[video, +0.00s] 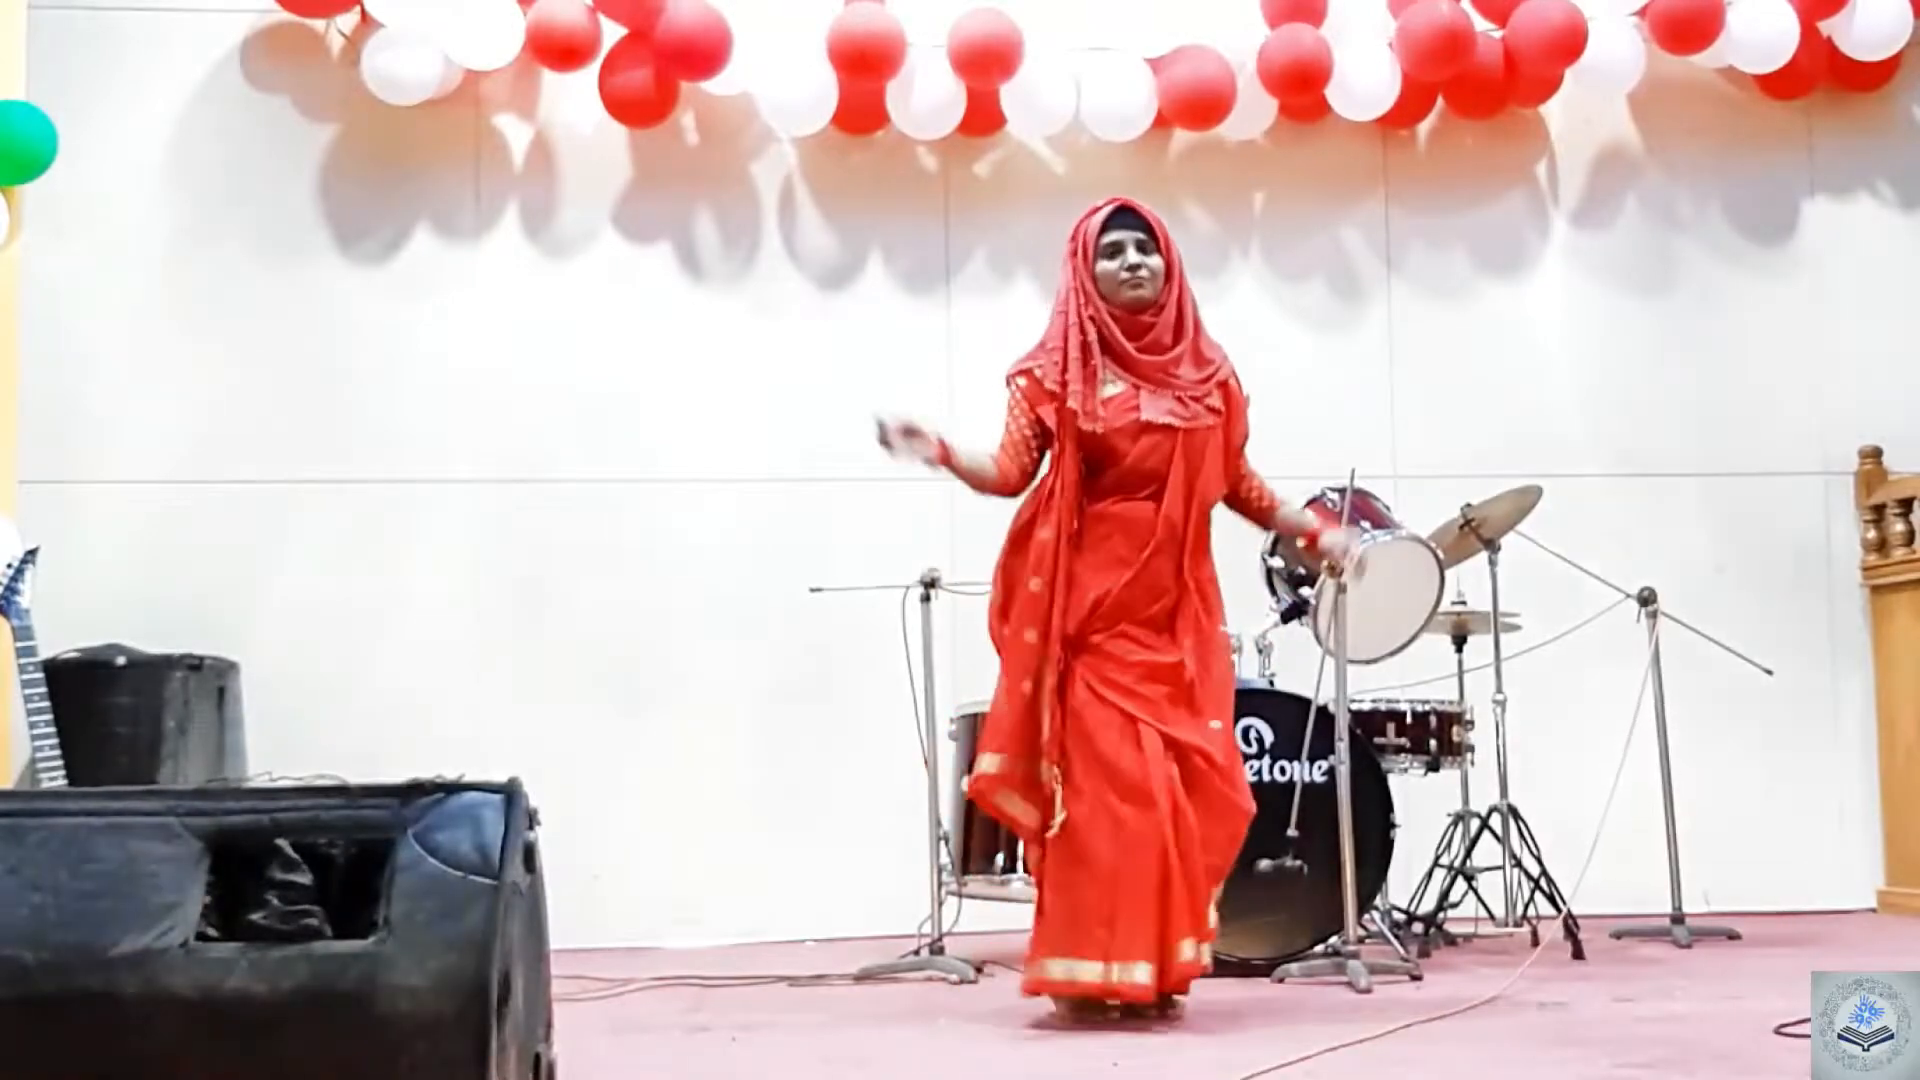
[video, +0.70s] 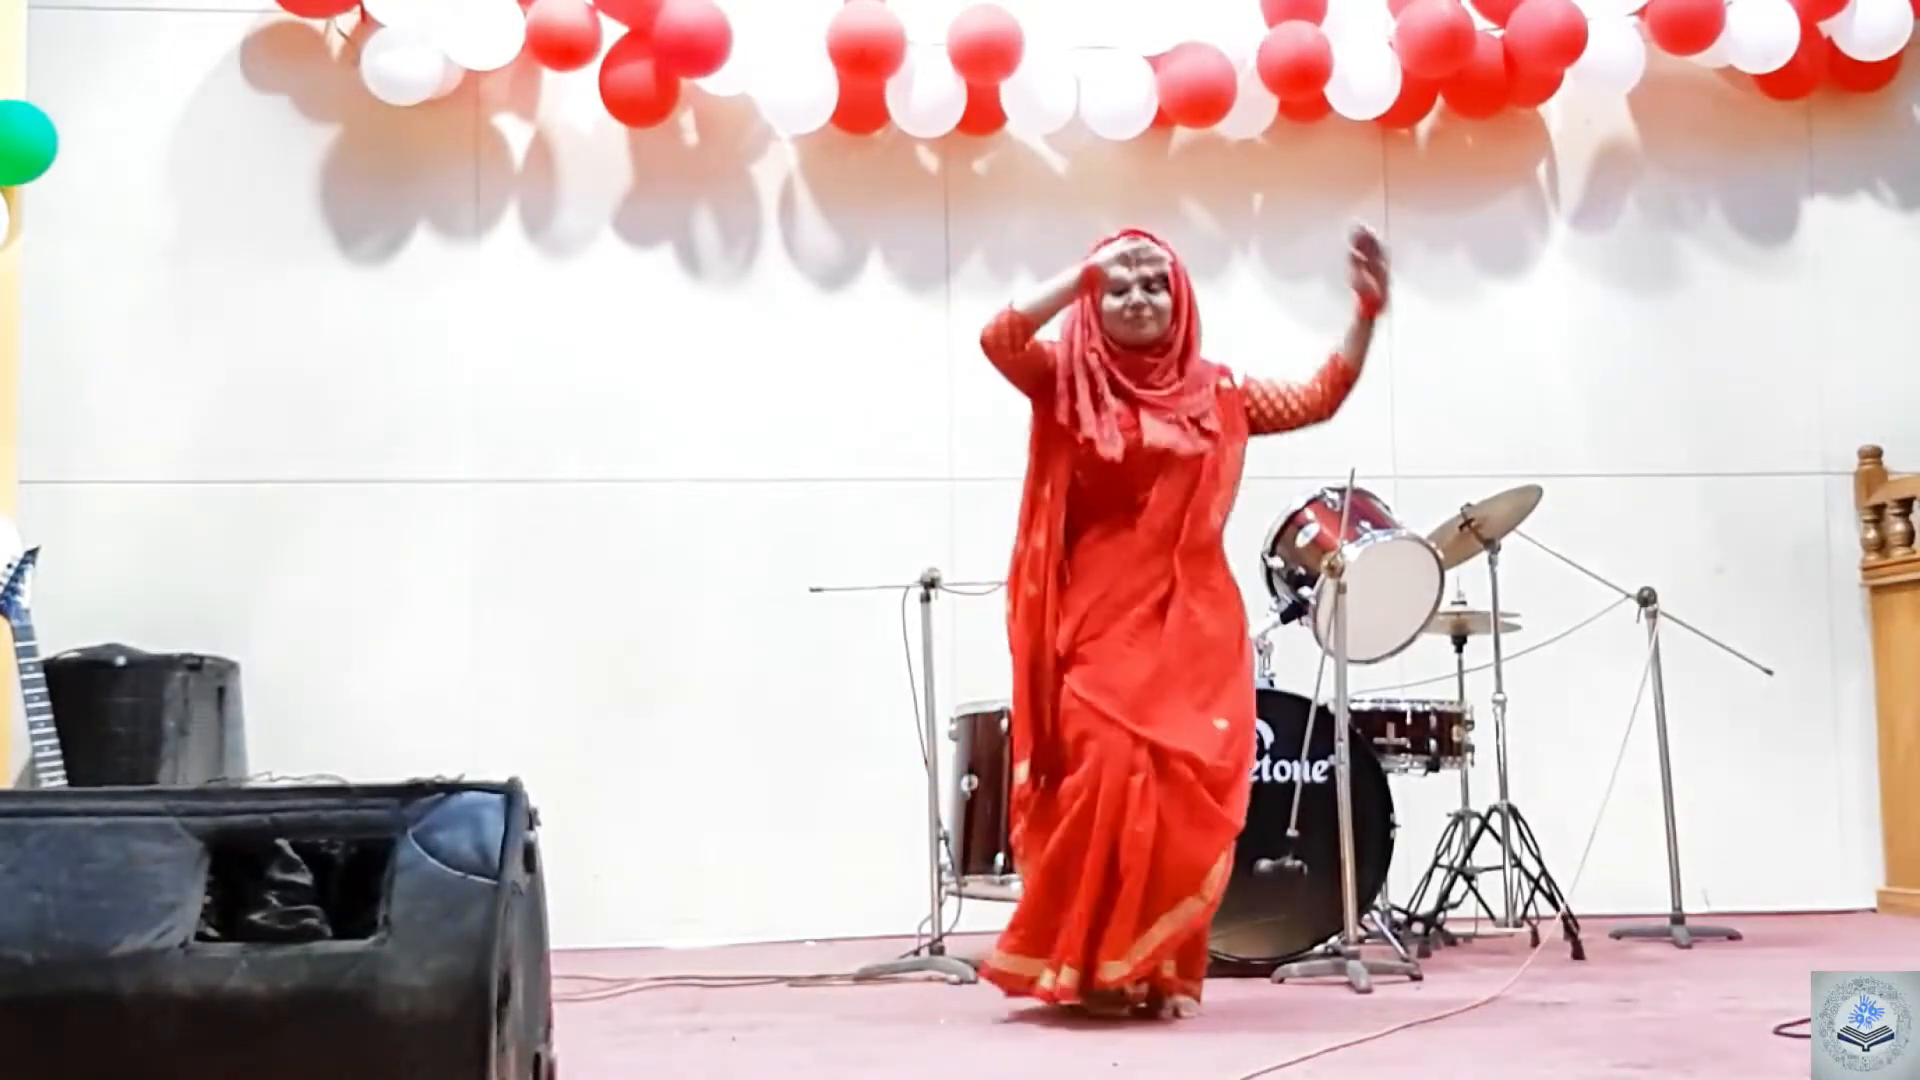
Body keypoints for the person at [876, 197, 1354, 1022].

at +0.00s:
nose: (1132, 262)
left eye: (1143, 249)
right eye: (1113, 254)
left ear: (1167, 265)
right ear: (1086, 275)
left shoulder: (1207, 376)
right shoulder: (1055, 373)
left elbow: (1237, 481)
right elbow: (1009, 473)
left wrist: (1307, 530)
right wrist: (942, 450)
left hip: (1178, 619)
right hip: (1089, 618)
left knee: (1211, 789)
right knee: (1123, 786)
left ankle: (1158, 964)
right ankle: (1106, 978)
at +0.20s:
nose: (1133, 295)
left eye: (1145, 280)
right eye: (1115, 284)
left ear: (1170, 292)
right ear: (1087, 301)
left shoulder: (1209, 395)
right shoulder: (1064, 387)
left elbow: (1235, 504)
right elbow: (999, 438)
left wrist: (1302, 570)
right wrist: (925, 366)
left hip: (1181, 621)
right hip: (1090, 621)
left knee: (1168, 788)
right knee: (1105, 784)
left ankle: (1149, 962)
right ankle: (1115, 968)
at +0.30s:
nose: (1122, 274)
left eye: (1133, 263)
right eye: (1104, 267)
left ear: (1159, 280)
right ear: (1081, 293)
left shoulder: (1210, 390)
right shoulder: (1066, 381)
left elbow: (1238, 511)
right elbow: (984, 378)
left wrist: (1276, 604)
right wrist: (957, 284)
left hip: (1191, 625)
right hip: (1095, 625)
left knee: (1188, 798)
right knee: (1105, 793)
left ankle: (1152, 965)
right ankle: (1102, 976)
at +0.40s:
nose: (1115, 233)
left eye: (1130, 224)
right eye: (1098, 229)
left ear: (1158, 250)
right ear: (1076, 259)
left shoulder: (1204, 346)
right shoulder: (1057, 339)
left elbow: (1242, 454)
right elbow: (972, 297)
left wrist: (1294, 539)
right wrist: (1010, 196)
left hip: (1185, 595)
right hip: (1085, 596)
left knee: (1185, 774)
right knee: (1092, 772)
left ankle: (1150, 951)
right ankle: (1096, 967)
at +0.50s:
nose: (1117, 232)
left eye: (1131, 219)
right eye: (1098, 224)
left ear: (1160, 239)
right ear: (1079, 248)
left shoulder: (1203, 341)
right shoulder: (1058, 331)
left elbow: (1264, 435)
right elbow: (982, 273)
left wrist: (1346, 474)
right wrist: (1043, 191)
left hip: (1183, 582)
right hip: (1081, 582)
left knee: (1183, 761)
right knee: (1089, 762)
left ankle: (1165, 946)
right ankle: (1097, 963)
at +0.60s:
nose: (1119, 252)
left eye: (1134, 241)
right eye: (1103, 245)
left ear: (1165, 258)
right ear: (1083, 266)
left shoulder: (1208, 362)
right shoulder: (1063, 343)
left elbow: (1302, 423)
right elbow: (993, 294)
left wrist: (1394, 385)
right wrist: (1066, 219)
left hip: (1186, 594)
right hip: (1085, 593)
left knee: (1185, 774)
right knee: (1089, 771)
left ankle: (1160, 963)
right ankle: (1091, 971)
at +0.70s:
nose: (1139, 298)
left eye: (1154, 284)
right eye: (1121, 288)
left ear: (1181, 298)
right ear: (1097, 306)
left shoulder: (1219, 394)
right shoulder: (1070, 382)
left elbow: (1321, 399)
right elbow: (1002, 339)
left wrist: (1366, 313)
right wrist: (1077, 284)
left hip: (1197, 612)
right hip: (1098, 612)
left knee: (1193, 777)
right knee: (1111, 763)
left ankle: (1160, 970)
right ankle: (1093, 966)